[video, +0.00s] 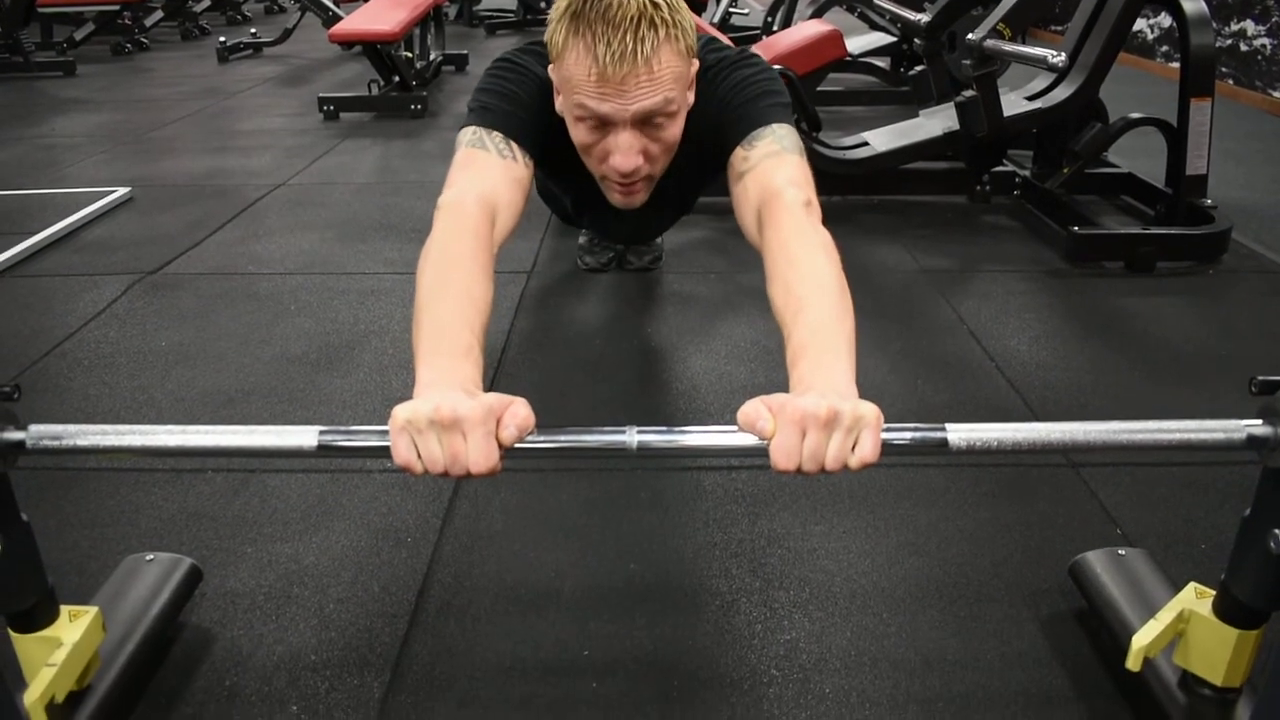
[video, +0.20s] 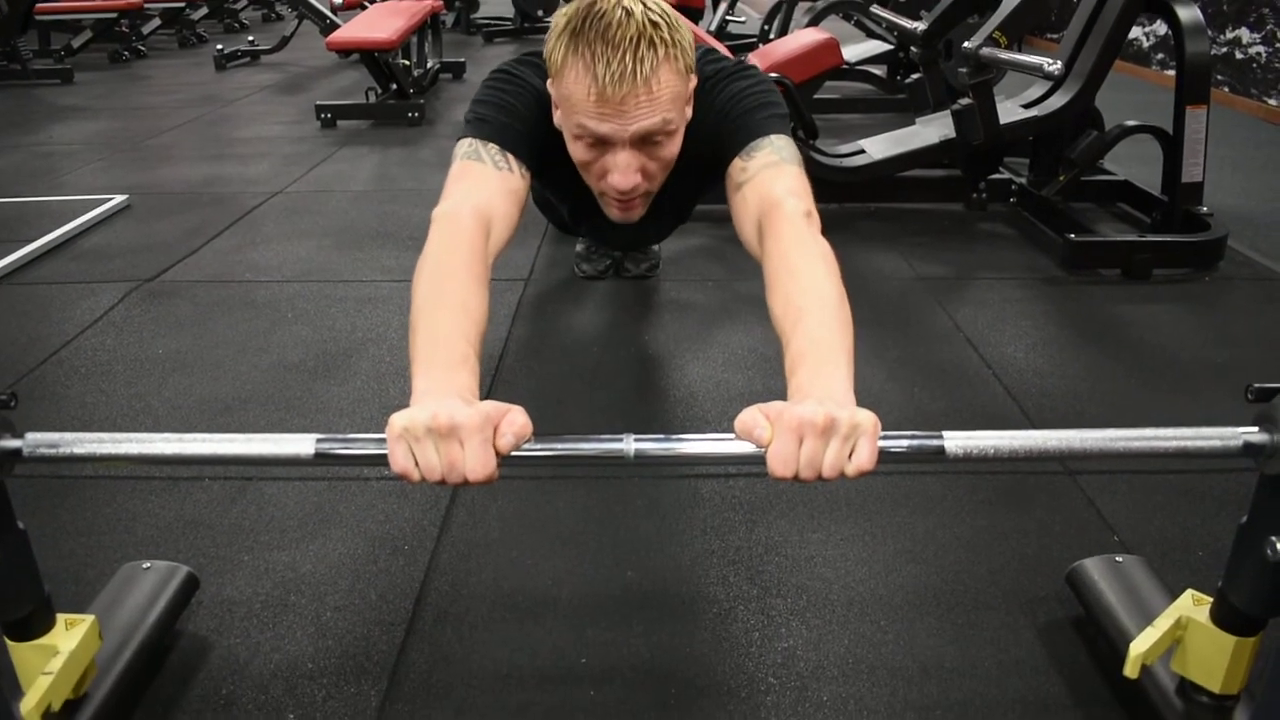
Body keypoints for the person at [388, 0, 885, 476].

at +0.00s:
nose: (626, 153)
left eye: (653, 120)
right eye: (595, 122)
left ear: (690, 82)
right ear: (556, 86)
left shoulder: (738, 83)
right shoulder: (520, 81)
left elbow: (787, 211)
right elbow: (466, 215)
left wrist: (824, 391)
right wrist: (445, 391)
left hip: (671, 194)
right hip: (570, 194)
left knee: (646, 226)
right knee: (589, 224)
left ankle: (639, 246)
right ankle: (604, 243)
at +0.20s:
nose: (624, 172)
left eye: (651, 139)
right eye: (594, 140)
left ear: (687, 99)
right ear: (556, 104)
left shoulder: (735, 95)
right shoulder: (518, 94)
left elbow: (787, 223)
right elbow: (461, 229)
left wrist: (823, 400)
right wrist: (442, 400)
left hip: (672, 202)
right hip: (566, 202)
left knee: (644, 235)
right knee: (585, 232)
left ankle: (636, 253)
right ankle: (599, 249)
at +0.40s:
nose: (621, 192)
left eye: (647, 159)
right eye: (592, 162)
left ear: (686, 111)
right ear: (553, 119)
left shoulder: (733, 104)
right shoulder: (517, 104)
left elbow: (786, 233)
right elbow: (460, 234)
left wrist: (822, 405)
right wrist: (442, 404)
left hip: (673, 208)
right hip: (565, 208)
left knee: (645, 246)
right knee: (586, 239)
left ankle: (639, 258)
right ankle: (597, 253)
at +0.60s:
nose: (620, 192)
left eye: (646, 159)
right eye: (591, 162)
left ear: (684, 108)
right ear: (550, 119)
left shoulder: (730, 103)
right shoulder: (516, 102)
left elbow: (784, 233)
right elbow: (458, 237)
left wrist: (822, 402)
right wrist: (441, 404)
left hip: (674, 199)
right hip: (566, 199)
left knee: (645, 234)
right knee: (584, 228)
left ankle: (638, 254)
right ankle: (599, 251)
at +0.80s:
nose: (611, 194)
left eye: (637, 162)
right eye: (581, 164)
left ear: (677, 112)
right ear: (541, 121)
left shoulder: (724, 99)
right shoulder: (504, 98)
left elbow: (779, 234)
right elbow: (449, 238)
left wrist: (820, 404)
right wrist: (438, 406)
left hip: (669, 196)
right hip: (560, 198)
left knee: (644, 224)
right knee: (583, 225)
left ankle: (637, 249)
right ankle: (593, 247)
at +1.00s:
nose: (608, 196)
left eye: (635, 166)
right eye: (579, 169)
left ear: (674, 114)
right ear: (539, 122)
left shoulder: (720, 96)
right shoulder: (503, 98)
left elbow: (775, 235)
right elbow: (448, 238)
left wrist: (820, 404)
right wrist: (439, 407)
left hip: (663, 196)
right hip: (560, 199)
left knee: (639, 230)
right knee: (580, 226)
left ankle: (631, 250)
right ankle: (592, 249)